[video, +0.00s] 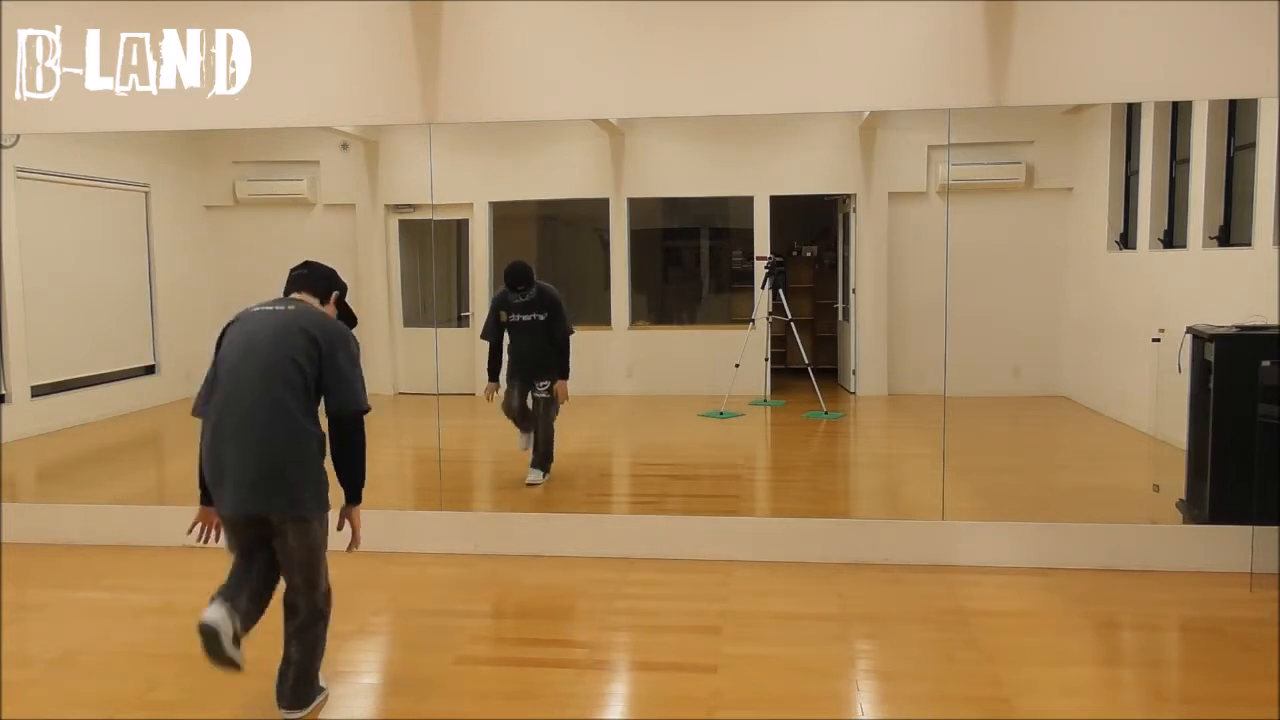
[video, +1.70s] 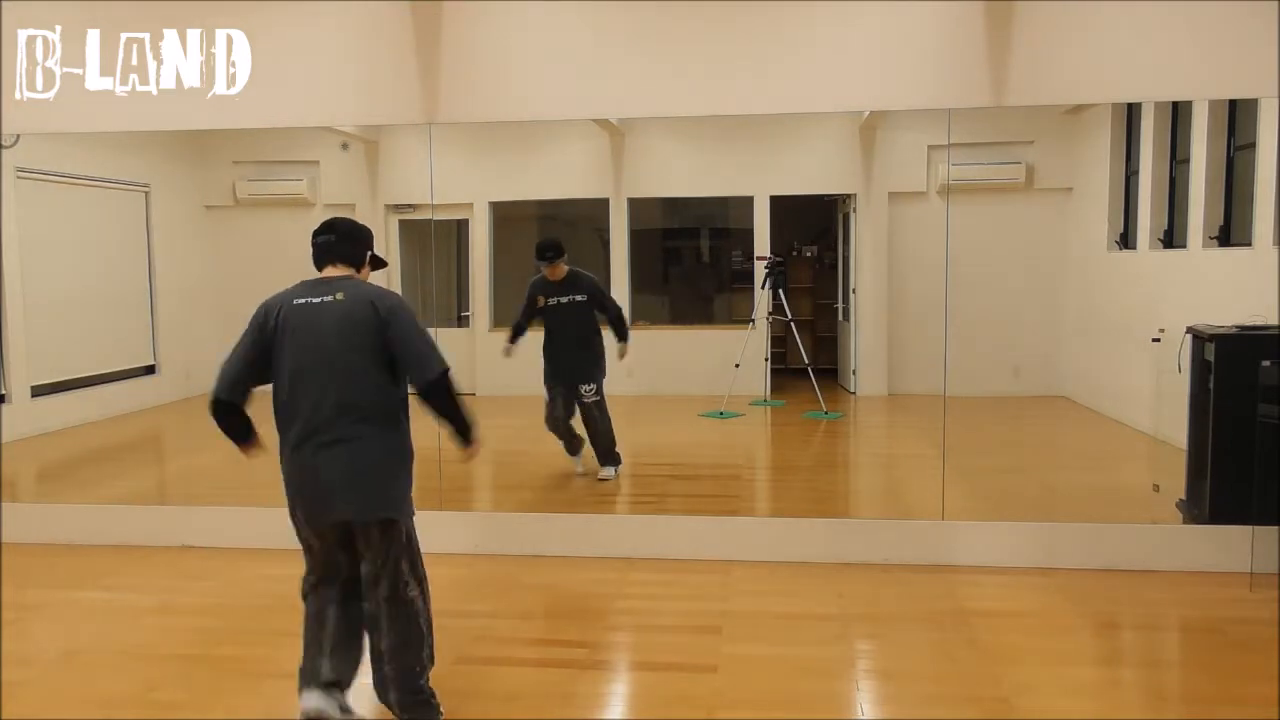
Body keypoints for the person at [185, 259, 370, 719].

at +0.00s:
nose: (335, 318)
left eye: (337, 312)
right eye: (338, 311)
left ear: (289, 293)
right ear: (330, 300)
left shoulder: (239, 323)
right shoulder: (329, 331)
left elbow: (210, 414)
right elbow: (347, 416)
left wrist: (208, 495)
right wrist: (352, 497)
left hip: (228, 466)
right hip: (291, 468)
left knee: (256, 552)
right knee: (307, 587)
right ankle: (297, 692)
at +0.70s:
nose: (338, 297)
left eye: (339, 293)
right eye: (339, 291)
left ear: (286, 275)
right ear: (328, 283)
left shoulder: (237, 301)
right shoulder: (334, 308)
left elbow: (225, 388)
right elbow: (352, 396)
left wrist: (226, 461)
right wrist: (364, 464)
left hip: (238, 452)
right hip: (295, 453)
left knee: (270, 548)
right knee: (308, 571)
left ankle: (269, 625)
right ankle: (283, 687)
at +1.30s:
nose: (343, 288)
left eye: (341, 283)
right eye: (343, 282)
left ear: (289, 275)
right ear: (334, 279)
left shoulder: (244, 305)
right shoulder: (341, 310)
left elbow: (203, 379)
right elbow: (359, 377)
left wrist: (245, 381)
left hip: (246, 470)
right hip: (311, 468)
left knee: (248, 577)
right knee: (346, 557)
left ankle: (248, 676)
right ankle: (308, 625)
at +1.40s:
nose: (348, 268)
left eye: (346, 263)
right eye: (348, 262)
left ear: (293, 257)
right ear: (342, 261)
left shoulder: (250, 296)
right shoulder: (350, 292)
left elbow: (179, 346)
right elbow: (400, 330)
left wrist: (234, 335)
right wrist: (444, 341)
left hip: (261, 468)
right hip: (329, 467)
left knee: (254, 577)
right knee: (382, 563)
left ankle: (248, 676)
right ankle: (372, 661)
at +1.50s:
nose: (355, 262)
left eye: (353, 257)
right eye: (355, 256)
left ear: (300, 253)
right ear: (348, 255)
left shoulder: (260, 295)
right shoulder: (367, 286)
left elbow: (199, 333)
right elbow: (444, 316)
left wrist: (174, 353)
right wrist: (511, 336)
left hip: (284, 465)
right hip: (355, 463)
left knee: (271, 558)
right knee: (391, 576)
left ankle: (266, 665)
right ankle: (422, 698)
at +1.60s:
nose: (366, 268)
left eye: (365, 263)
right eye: (365, 261)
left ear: (309, 259)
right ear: (358, 260)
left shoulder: (271, 306)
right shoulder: (382, 299)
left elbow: (224, 358)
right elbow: (457, 345)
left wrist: (188, 381)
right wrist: (527, 374)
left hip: (302, 469)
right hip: (374, 468)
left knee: (305, 562)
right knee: (388, 581)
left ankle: (304, 660)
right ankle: (418, 709)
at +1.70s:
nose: (371, 271)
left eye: (369, 266)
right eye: (372, 265)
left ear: (315, 260)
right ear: (365, 263)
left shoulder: (277, 309)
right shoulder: (382, 305)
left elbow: (224, 399)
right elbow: (431, 378)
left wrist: (248, 437)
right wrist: (463, 427)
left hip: (308, 484)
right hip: (375, 482)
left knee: (327, 580)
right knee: (395, 588)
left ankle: (322, 690)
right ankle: (410, 701)